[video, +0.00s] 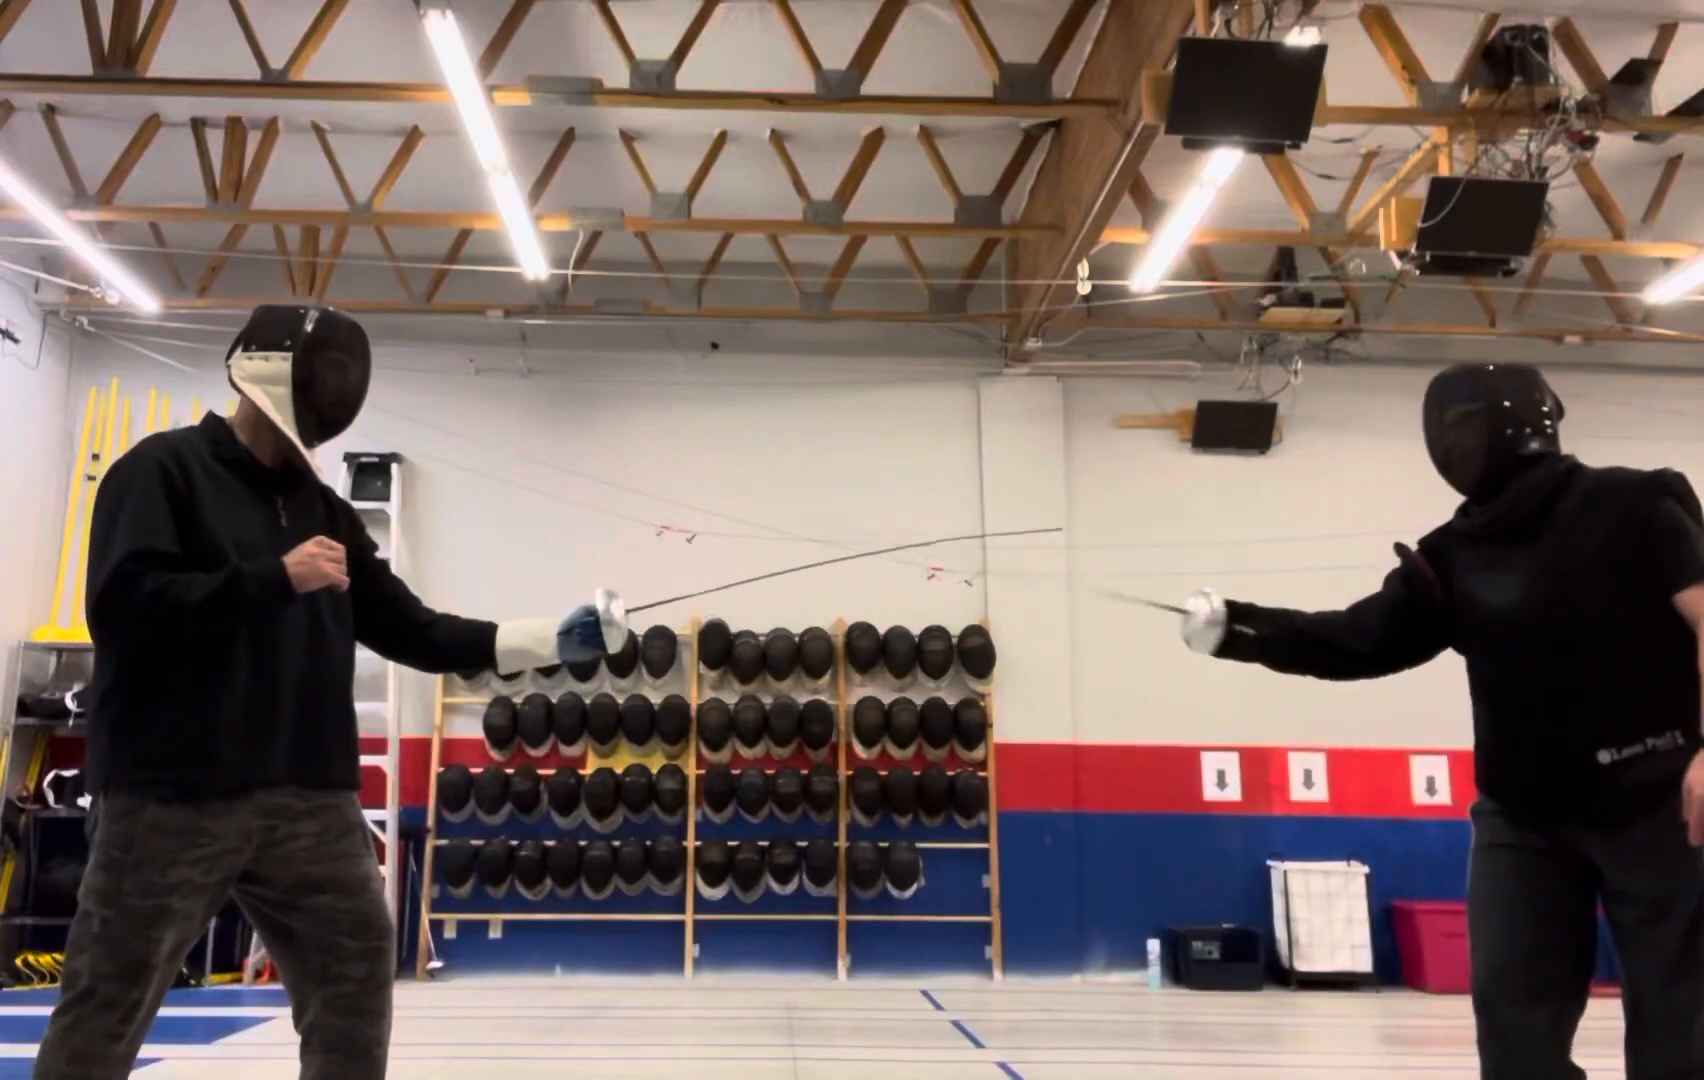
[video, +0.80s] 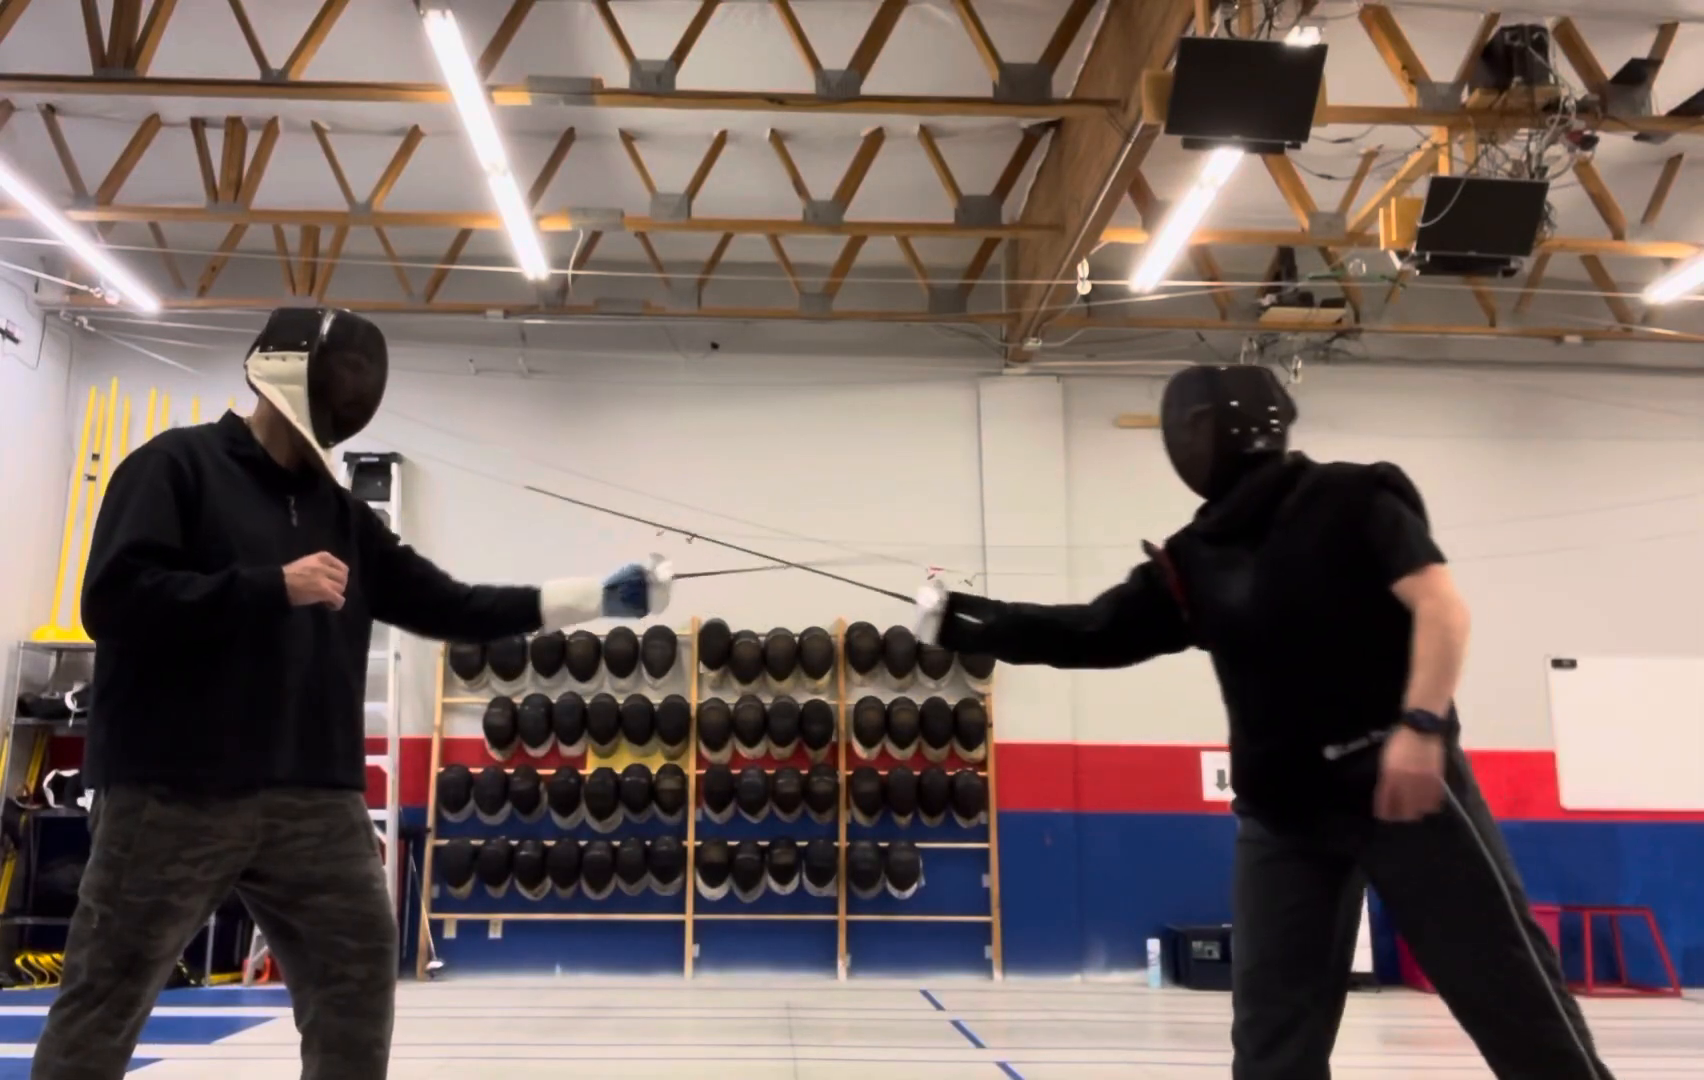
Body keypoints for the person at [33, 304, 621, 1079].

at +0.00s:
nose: (327, 398)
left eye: (337, 383)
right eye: (314, 376)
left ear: (332, 395)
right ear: (260, 368)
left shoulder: (320, 511)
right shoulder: (154, 472)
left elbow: (408, 629)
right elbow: (125, 608)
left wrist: (549, 642)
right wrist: (275, 576)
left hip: (305, 801)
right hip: (168, 801)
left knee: (355, 975)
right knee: (104, 1012)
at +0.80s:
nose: (327, 438)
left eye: (340, 422)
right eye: (318, 416)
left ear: (348, 411)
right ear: (275, 386)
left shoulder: (337, 514)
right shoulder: (170, 468)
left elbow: (448, 607)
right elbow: (112, 598)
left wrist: (591, 598)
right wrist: (269, 586)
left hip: (310, 803)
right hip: (170, 796)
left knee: (355, 1004)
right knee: (98, 1014)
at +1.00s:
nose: (352, 443)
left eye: (363, 427)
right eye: (341, 418)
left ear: (367, 423)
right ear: (297, 391)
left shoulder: (369, 515)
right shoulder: (187, 464)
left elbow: (497, 529)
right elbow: (122, 587)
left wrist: (645, 501)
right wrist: (279, 586)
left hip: (305, 796)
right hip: (163, 790)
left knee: (352, 985)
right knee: (96, 1000)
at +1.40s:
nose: (349, 422)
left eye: (359, 406)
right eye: (336, 398)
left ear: (357, 407)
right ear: (283, 379)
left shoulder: (350, 512)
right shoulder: (173, 471)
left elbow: (471, 559)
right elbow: (119, 600)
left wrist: (623, 550)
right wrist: (276, 587)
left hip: (312, 804)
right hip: (171, 798)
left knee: (355, 1001)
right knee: (100, 1010)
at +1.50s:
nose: (327, 435)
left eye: (338, 418)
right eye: (317, 413)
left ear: (342, 407)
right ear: (273, 387)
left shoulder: (337, 511)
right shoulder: (165, 474)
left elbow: (441, 606)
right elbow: (117, 604)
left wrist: (585, 623)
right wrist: (273, 586)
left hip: (310, 803)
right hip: (172, 796)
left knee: (353, 996)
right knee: (102, 1008)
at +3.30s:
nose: (351, 428)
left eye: (363, 412)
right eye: (340, 402)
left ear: (364, 412)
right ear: (289, 380)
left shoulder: (358, 516)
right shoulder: (180, 465)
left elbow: (486, 558)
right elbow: (110, 592)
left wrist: (634, 542)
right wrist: (270, 590)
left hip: (306, 796)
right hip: (164, 791)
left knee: (349, 987)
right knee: (97, 1001)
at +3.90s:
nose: (326, 438)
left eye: (337, 421)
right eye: (315, 416)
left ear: (343, 407)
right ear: (273, 386)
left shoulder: (338, 508)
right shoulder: (162, 473)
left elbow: (445, 607)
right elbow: (109, 605)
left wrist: (589, 619)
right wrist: (265, 589)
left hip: (306, 798)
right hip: (167, 793)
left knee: (350, 988)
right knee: (99, 1005)